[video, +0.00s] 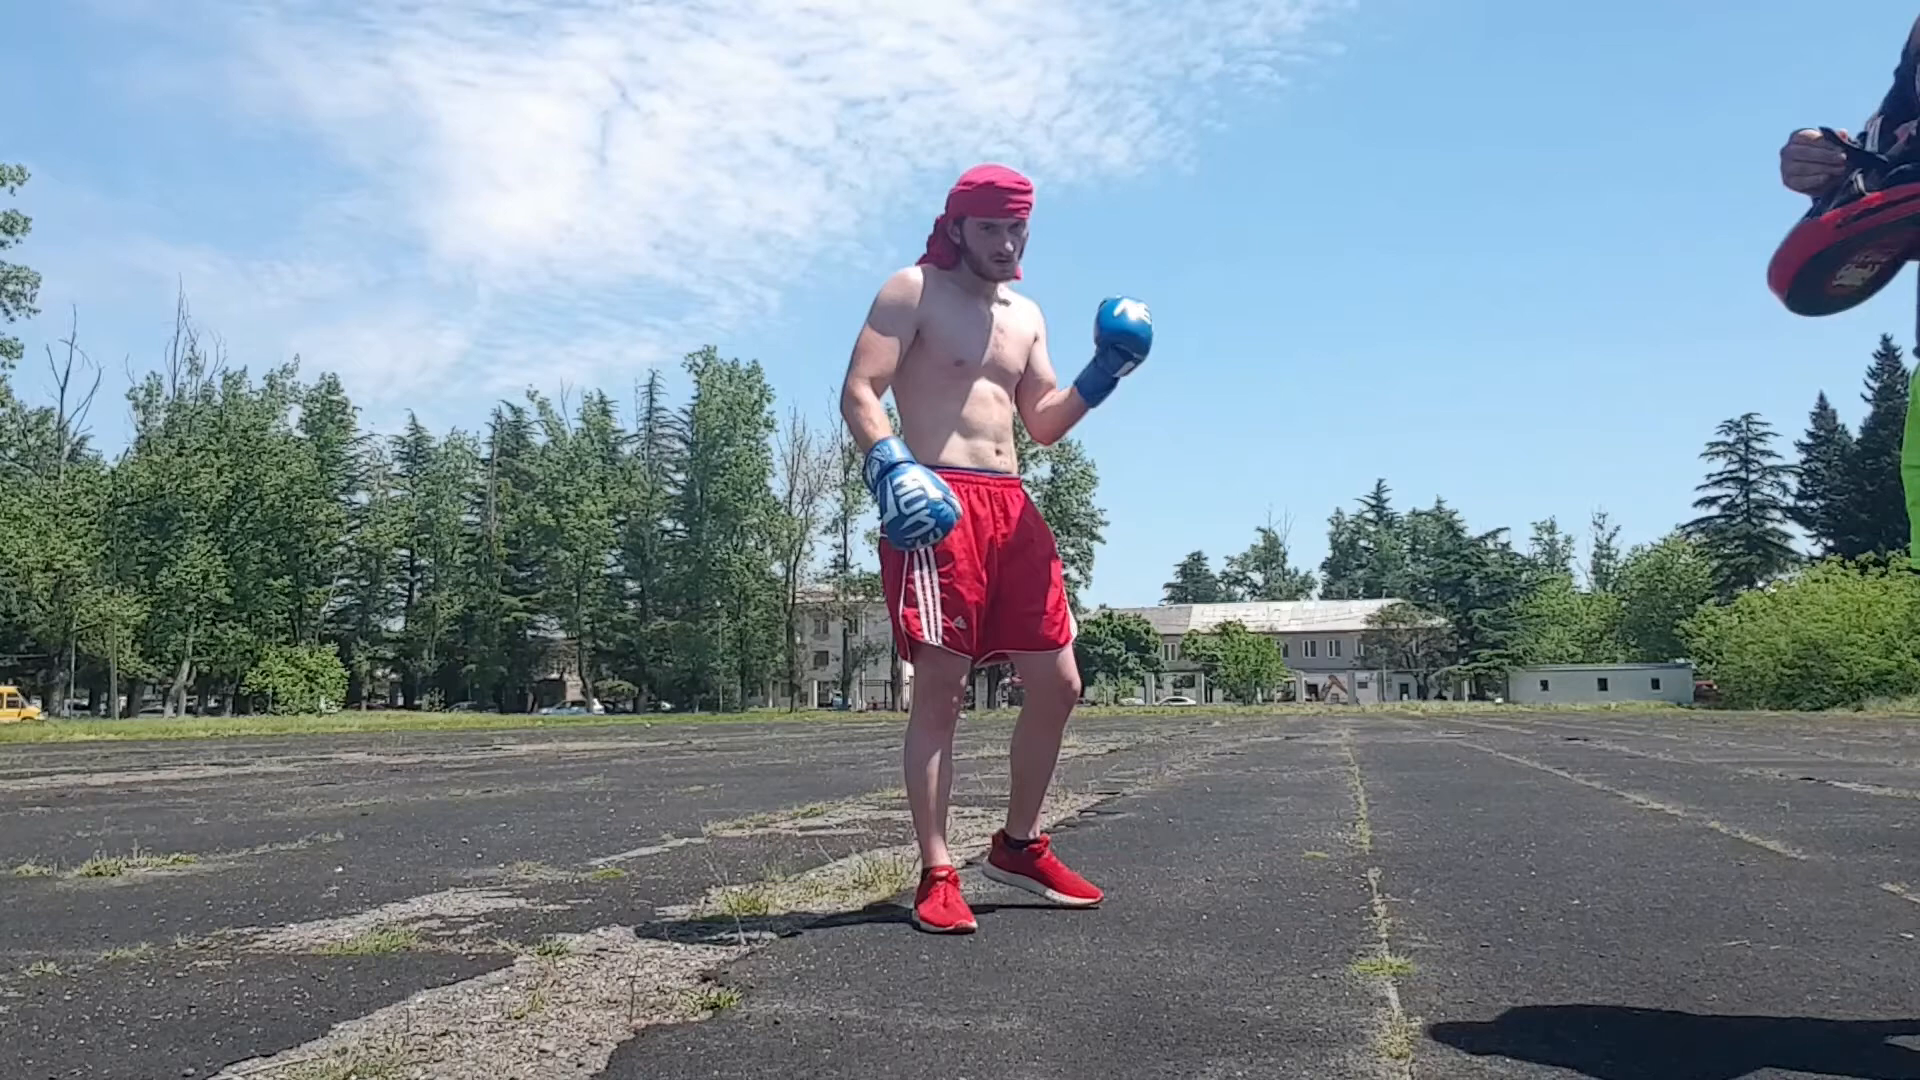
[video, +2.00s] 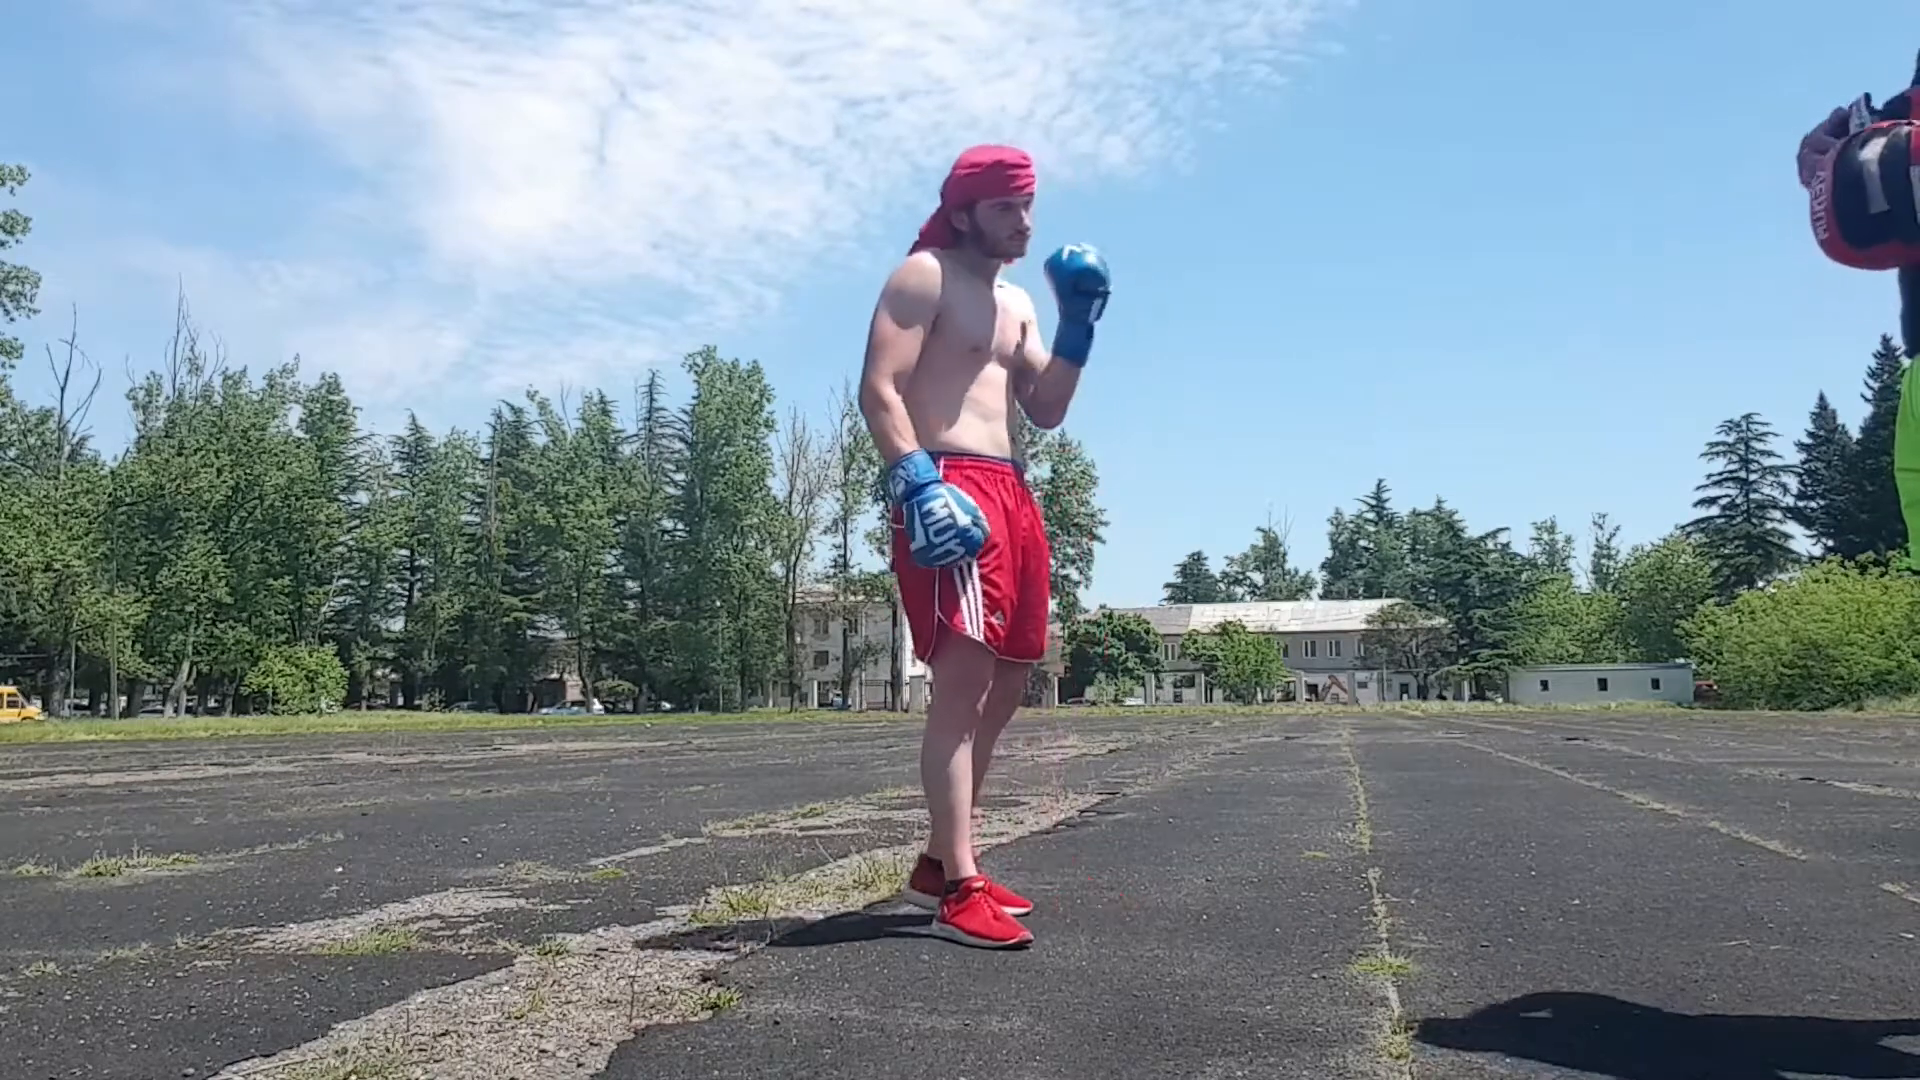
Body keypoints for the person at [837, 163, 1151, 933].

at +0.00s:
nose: (1010, 244)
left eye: (1018, 230)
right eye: (994, 231)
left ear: (1025, 230)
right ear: (956, 230)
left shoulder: (1027, 312)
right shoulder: (915, 289)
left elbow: (1043, 423)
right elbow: (859, 392)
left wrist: (1103, 369)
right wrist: (896, 470)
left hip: (1012, 507)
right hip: (937, 502)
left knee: (1057, 685)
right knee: (939, 685)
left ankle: (1019, 843)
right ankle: (938, 872)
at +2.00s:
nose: (1027, 220)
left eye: (1029, 206)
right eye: (1011, 207)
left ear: (1019, 212)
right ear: (966, 213)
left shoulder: (1015, 300)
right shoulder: (924, 275)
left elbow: (1046, 408)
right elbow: (879, 388)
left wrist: (1076, 324)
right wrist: (917, 488)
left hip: (1013, 495)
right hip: (952, 491)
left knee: (1007, 685)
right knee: (962, 679)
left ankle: (942, 860)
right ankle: (959, 882)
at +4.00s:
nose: (938, 264)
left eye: (944, 251)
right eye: (925, 249)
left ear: (941, 257)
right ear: (880, 245)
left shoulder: (904, 340)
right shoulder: (839, 298)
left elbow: (895, 458)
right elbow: (777, 388)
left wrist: (941, 418)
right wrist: (861, 392)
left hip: (884, 513)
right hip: (842, 509)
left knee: (839, 701)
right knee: (881, 693)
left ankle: (821, 874)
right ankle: (879, 884)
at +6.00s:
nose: (939, 266)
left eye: (944, 254)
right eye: (927, 250)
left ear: (929, 262)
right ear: (879, 248)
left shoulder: (896, 328)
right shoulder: (835, 314)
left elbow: (914, 445)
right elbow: (859, 430)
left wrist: (957, 373)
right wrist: (915, 359)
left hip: (870, 516)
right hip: (820, 515)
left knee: (896, 688)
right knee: (847, 696)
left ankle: (836, 842)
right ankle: (836, 888)